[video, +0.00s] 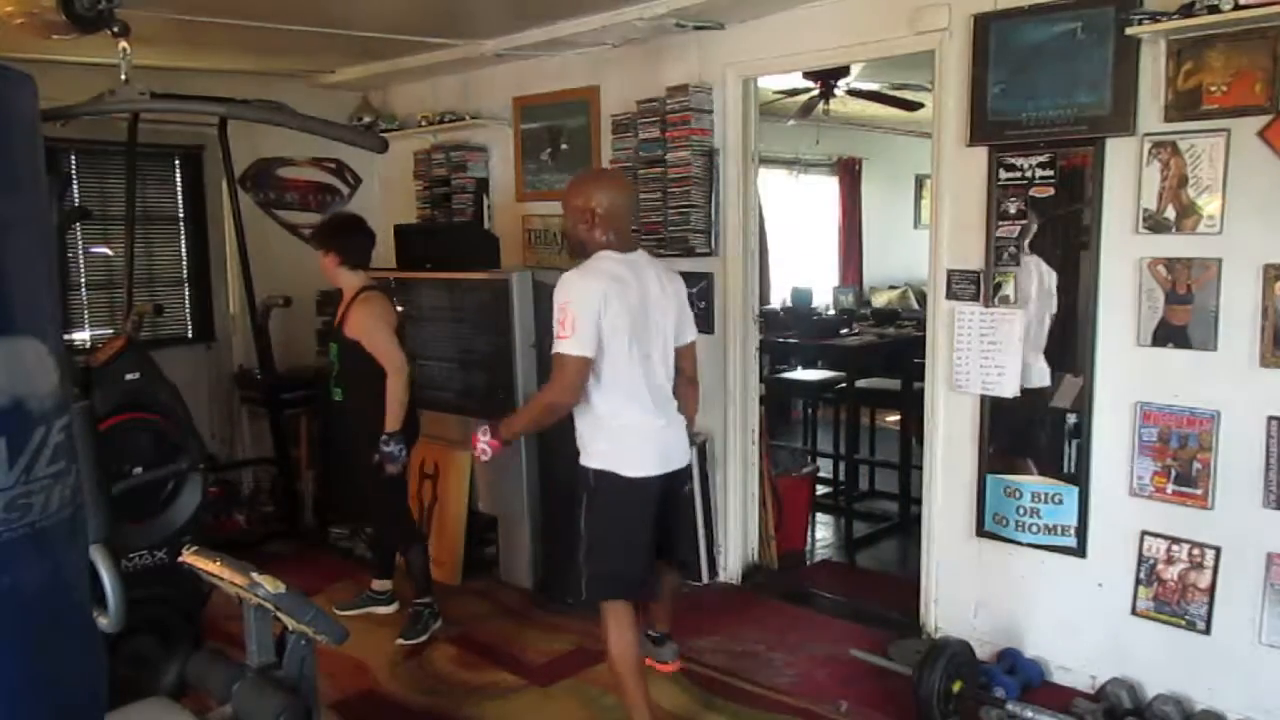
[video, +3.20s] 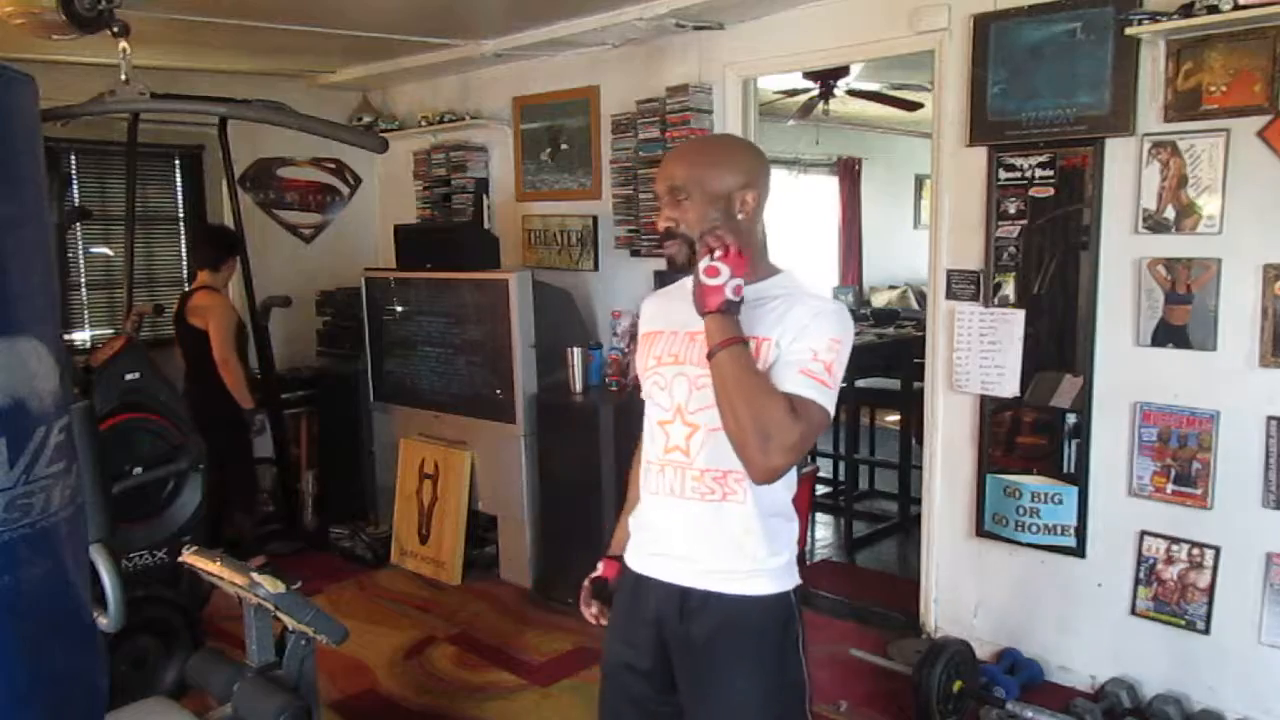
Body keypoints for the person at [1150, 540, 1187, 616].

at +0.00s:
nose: (1173, 554)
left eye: (1176, 552)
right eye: (1171, 551)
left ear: (1180, 553)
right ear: (1167, 552)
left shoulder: (1183, 568)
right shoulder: (1160, 565)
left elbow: (1182, 585)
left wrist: (1174, 602)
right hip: (1160, 599)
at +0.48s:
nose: (1173, 554)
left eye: (1176, 552)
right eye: (1171, 551)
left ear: (1179, 553)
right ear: (1167, 551)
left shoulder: (1183, 567)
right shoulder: (1160, 565)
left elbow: (1181, 586)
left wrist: (1174, 603)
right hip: (1159, 600)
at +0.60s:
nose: (1173, 554)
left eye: (1176, 552)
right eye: (1170, 551)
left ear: (1179, 553)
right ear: (1167, 552)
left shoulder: (1183, 567)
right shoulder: (1161, 564)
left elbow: (1181, 585)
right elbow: (1152, 581)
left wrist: (1174, 602)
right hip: (1159, 599)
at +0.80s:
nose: (1173, 554)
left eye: (1176, 552)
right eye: (1171, 551)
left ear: (1179, 553)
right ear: (1167, 552)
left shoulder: (1183, 567)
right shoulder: (1160, 564)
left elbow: (1182, 585)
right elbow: (1151, 581)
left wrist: (1174, 602)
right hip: (1159, 599)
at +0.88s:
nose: (1172, 554)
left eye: (1176, 552)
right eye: (1170, 551)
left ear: (1179, 553)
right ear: (1167, 551)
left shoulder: (1182, 567)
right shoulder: (1160, 565)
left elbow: (1180, 585)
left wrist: (1173, 603)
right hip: (1159, 599)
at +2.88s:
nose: (1173, 554)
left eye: (1176, 552)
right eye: (1171, 551)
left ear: (1179, 553)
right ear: (1167, 552)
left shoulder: (1181, 568)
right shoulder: (1160, 566)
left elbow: (1180, 586)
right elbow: (1154, 581)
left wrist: (1173, 603)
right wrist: (1151, 595)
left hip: (1173, 601)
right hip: (1159, 599)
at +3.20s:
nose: (1173, 554)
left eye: (1176, 552)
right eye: (1171, 551)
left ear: (1179, 553)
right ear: (1167, 551)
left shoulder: (1182, 568)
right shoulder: (1160, 566)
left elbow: (1180, 586)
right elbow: (1154, 581)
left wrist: (1173, 602)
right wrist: (1151, 595)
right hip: (1160, 599)